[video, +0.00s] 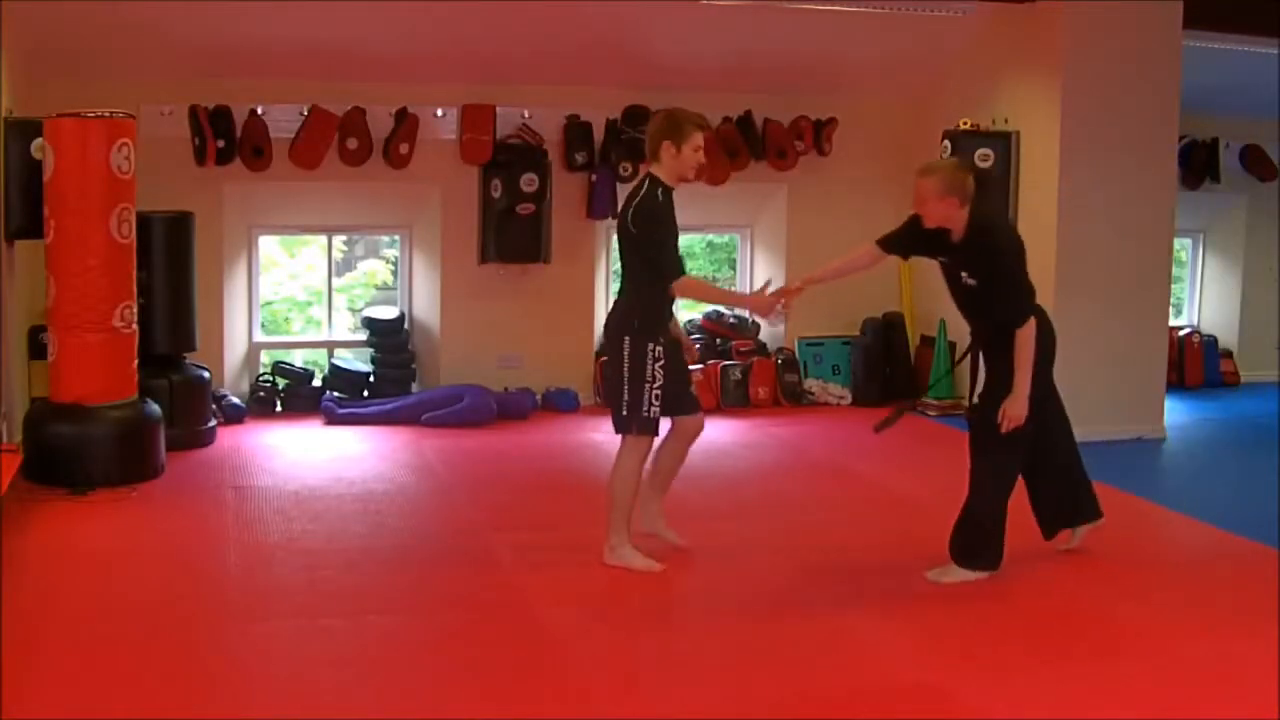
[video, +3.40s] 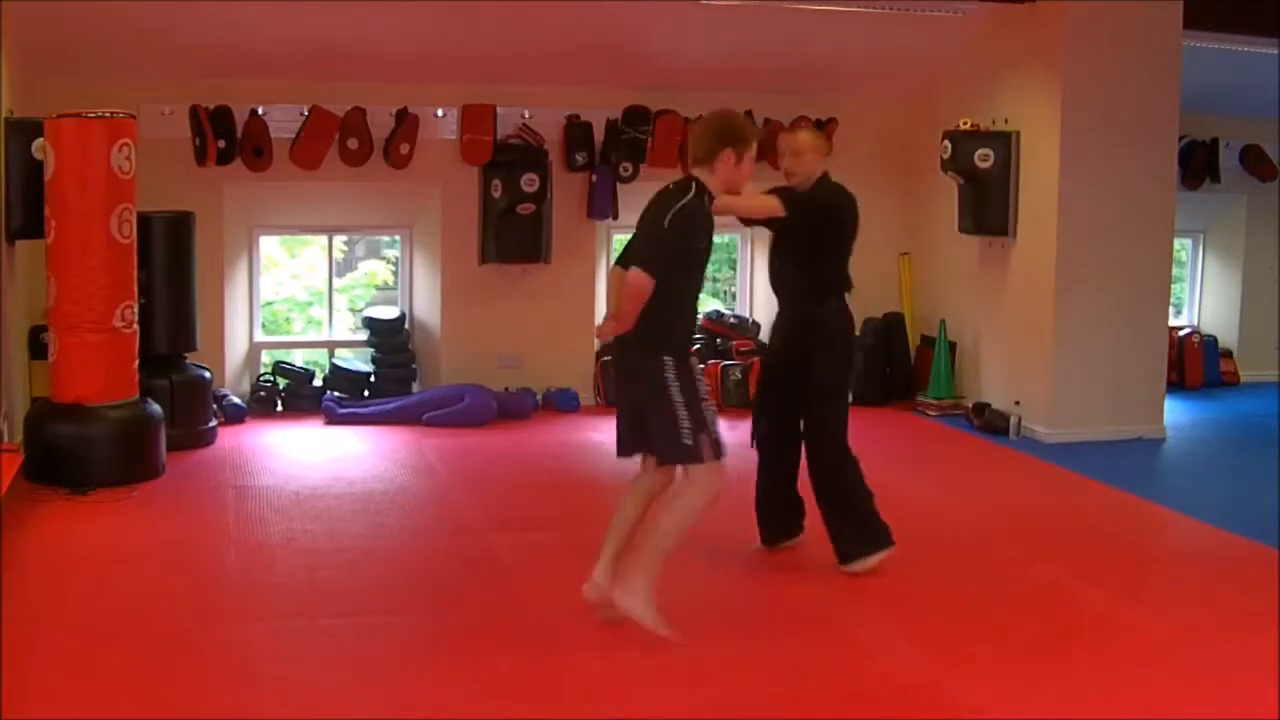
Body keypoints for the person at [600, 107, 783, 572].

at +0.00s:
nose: (702, 159)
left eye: (703, 150)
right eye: (696, 149)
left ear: (668, 151)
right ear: (668, 149)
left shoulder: (652, 195)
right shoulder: (651, 199)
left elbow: (649, 284)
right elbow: (679, 284)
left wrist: (675, 331)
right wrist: (748, 301)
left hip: (655, 329)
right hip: (635, 329)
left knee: (688, 422)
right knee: (639, 435)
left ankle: (648, 515)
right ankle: (617, 543)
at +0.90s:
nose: (711, 153)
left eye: (711, 145)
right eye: (703, 145)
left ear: (688, 151)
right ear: (677, 149)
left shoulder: (682, 198)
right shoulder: (662, 198)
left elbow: (673, 277)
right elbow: (654, 282)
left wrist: (686, 336)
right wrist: (685, 343)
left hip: (678, 324)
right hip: (656, 327)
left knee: (688, 428)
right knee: (660, 430)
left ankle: (690, 523)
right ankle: (605, 517)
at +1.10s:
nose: (702, 157)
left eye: (703, 149)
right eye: (695, 149)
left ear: (677, 154)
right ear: (668, 153)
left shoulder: (673, 203)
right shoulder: (648, 201)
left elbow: (656, 274)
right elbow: (603, 270)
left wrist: (665, 330)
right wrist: (602, 337)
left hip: (668, 332)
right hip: (638, 332)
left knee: (684, 427)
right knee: (628, 434)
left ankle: (690, 523)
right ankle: (600, 527)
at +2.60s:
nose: (748, 194)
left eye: (749, 186)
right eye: (745, 185)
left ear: (721, 183)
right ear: (719, 182)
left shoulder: (703, 226)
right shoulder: (681, 226)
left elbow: (662, 285)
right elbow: (636, 289)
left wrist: (628, 317)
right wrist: (623, 321)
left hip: (679, 345)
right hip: (654, 347)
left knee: (713, 427)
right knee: (682, 446)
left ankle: (685, 509)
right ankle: (628, 526)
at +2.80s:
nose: (777, 267)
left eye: (778, 259)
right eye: (774, 257)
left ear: (745, 254)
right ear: (749, 254)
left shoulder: (715, 283)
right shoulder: (700, 285)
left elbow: (660, 322)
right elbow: (636, 327)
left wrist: (613, 341)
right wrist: (604, 351)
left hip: (662, 370)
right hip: (640, 371)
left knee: (720, 429)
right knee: (675, 467)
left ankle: (684, 508)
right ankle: (607, 553)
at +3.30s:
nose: (751, 191)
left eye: (753, 180)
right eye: (749, 179)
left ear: (715, 175)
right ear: (725, 175)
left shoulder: (682, 212)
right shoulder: (684, 221)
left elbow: (626, 283)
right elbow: (630, 292)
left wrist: (604, 323)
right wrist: (601, 327)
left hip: (643, 353)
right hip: (644, 357)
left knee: (654, 473)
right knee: (679, 477)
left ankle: (614, 559)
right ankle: (600, 561)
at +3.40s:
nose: (748, 173)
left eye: (749, 163)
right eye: (747, 162)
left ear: (705, 156)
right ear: (727, 158)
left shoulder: (669, 198)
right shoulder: (691, 206)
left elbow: (621, 271)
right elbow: (641, 279)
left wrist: (617, 320)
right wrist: (618, 323)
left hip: (640, 354)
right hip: (664, 356)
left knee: (656, 470)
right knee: (705, 477)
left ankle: (604, 577)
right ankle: (635, 587)